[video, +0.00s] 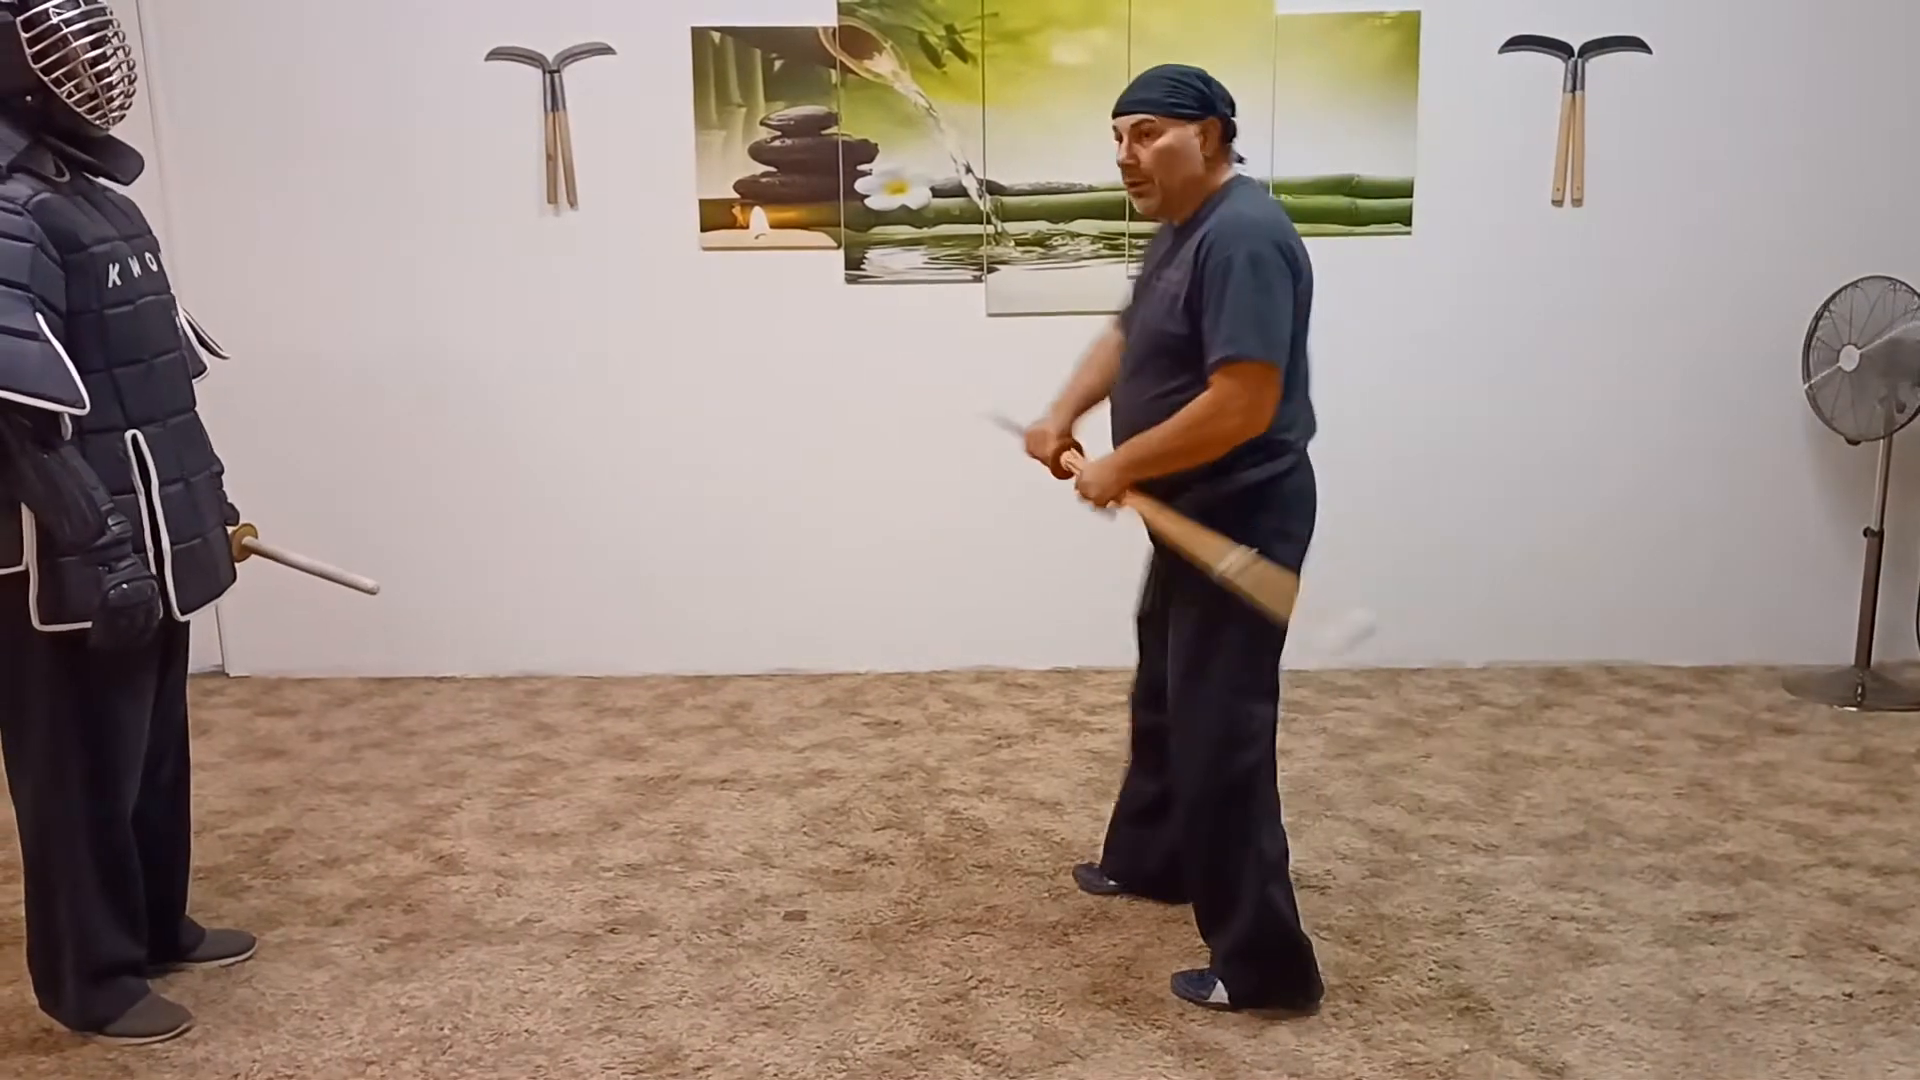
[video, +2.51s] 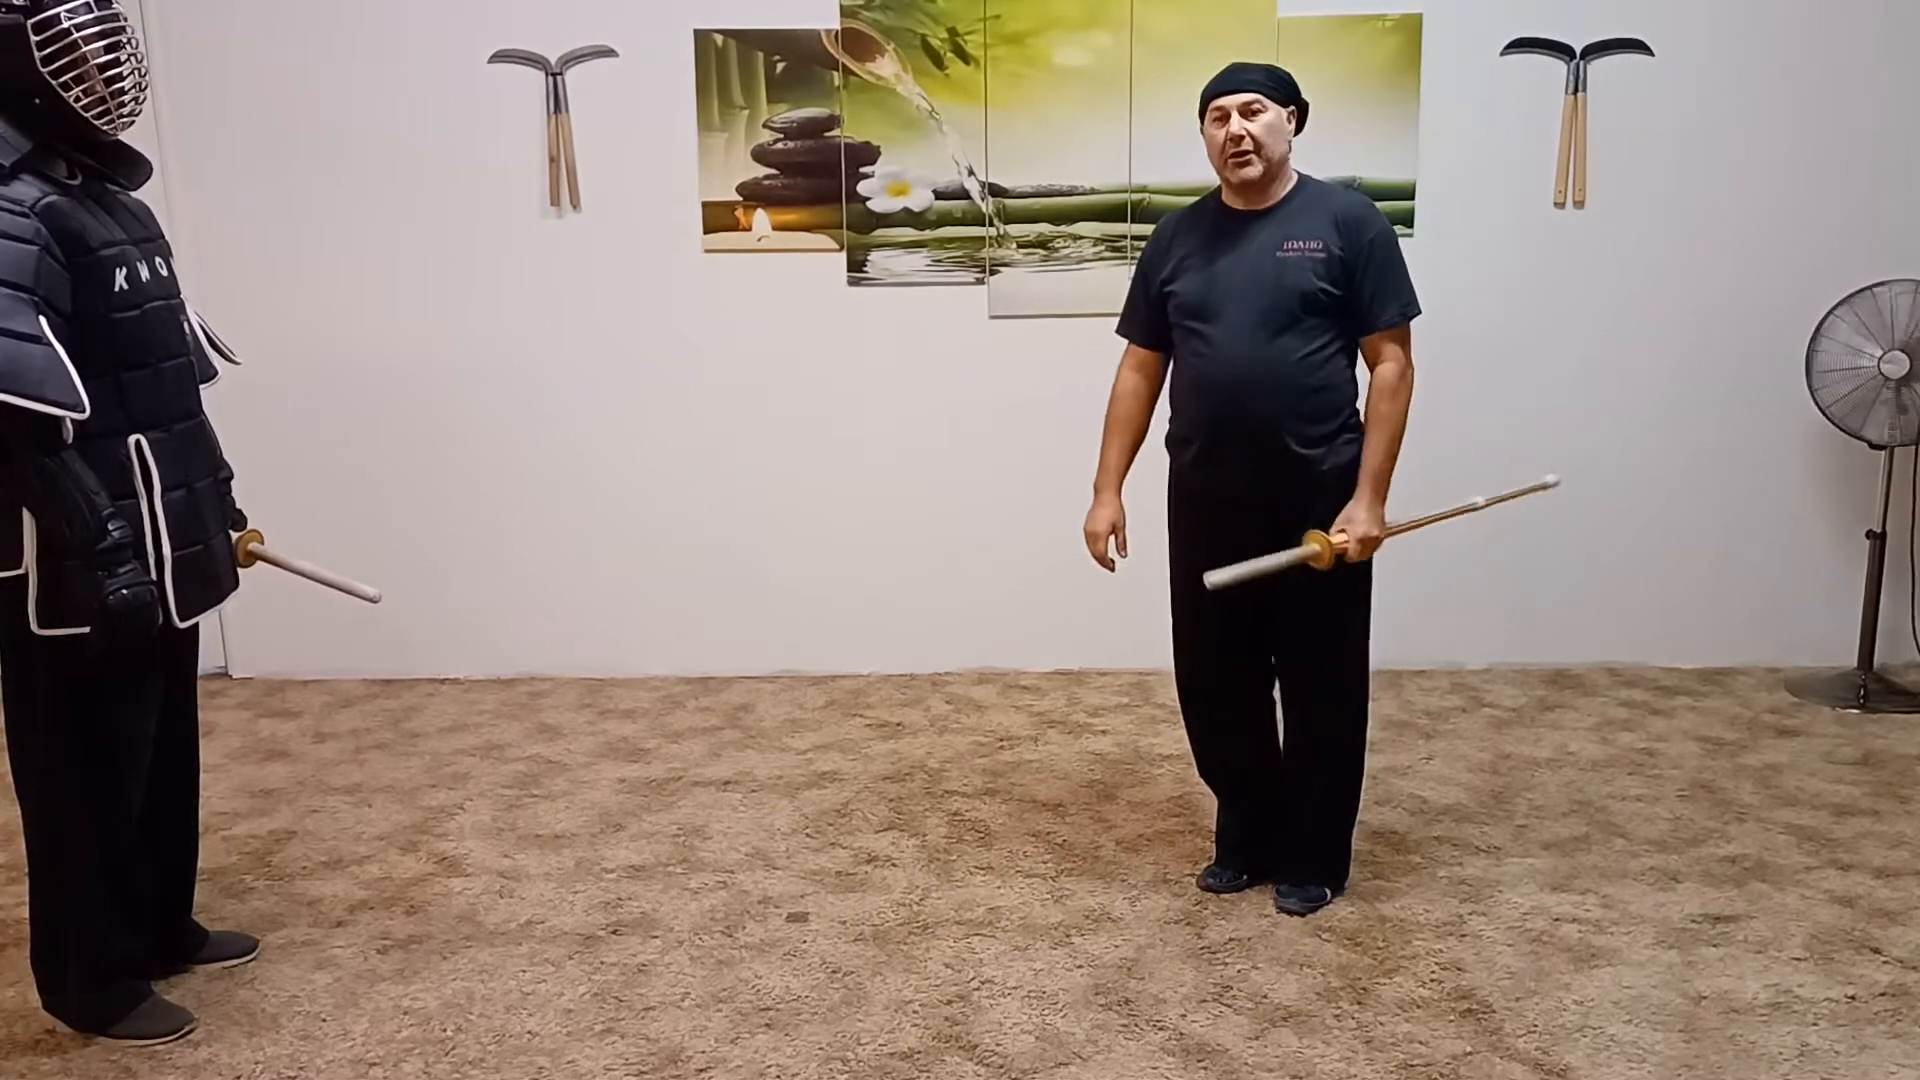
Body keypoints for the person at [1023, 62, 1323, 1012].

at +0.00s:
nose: (1130, 156)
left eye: (1148, 134)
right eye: (1122, 141)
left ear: (1211, 136)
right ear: (1128, 155)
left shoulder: (1243, 233)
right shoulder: (1184, 231)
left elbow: (1244, 401)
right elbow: (1130, 337)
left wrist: (1124, 464)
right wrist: (1062, 412)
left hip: (1244, 514)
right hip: (1188, 506)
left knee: (1217, 729)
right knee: (1164, 692)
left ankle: (1265, 965)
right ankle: (1152, 859)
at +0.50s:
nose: (1162, 133)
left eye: (1178, 115)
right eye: (1143, 121)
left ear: (1218, 126)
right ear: (1126, 142)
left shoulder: (1280, 216)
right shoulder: (1104, 243)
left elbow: (1362, 335)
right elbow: (1041, 351)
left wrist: (1291, 441)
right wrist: (963, 442)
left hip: (1266, 493)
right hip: (1151, 501)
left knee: (1291, 687)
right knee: (1140, 686)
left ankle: (1303, 860)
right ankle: (1152, 859)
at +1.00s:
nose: (1287, 136)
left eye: (1307, 120)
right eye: (1271, 119)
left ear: (1342, 134)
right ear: (1249, 132)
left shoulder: (1384, 238)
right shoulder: (1207, 223)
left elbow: (1424, 385)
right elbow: (1165, 346)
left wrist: (1430, 518)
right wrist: (1119, 460)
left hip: (1335, 498)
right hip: (1218, 487)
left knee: (1337, 689)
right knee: (1192, 678)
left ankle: (1313, 863)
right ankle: (1178, 858)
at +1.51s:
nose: (1293, 132)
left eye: (1313, 117)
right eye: (1278, 116)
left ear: (1347, 133)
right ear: (1257, 130)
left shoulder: (1384, 241)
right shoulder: (1209, 216)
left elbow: (1402, 388)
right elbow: (1138, 326)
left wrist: (1374, 520)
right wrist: (1072, 430)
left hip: (1332, 500)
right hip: (1221, 489)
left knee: (1333, 691)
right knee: (1225, 679)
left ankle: (1319, 857)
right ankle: (1247, 841)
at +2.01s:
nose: (1235, 125)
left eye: (1252, 111)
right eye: (1218, 116)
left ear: (1287, 124)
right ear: (1198, 139)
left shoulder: (1342, 215)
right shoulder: (1169, 239)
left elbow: (1389, 356)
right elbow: (1147, 377)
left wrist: (1384, 482)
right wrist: (1139, 499)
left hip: (1324, 496)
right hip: (1213, 500)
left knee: (1328, 685)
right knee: (1218, 684)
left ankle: (1319, 858)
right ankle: (1244, 844)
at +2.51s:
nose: (1236, 126)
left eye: (1254, 110)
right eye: (1219, 116)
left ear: (1294, 126)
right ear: (1205, 139)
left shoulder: (1348, 222)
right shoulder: (1176, 237)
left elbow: (1391, 366)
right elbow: (1139, 368)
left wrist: (1370, 496)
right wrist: (1106, 488)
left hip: (1319, 491)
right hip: (1206, 494)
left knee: (1323, 683)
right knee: (1214, 679)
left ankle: (1317, 857)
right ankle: (1246, 838)